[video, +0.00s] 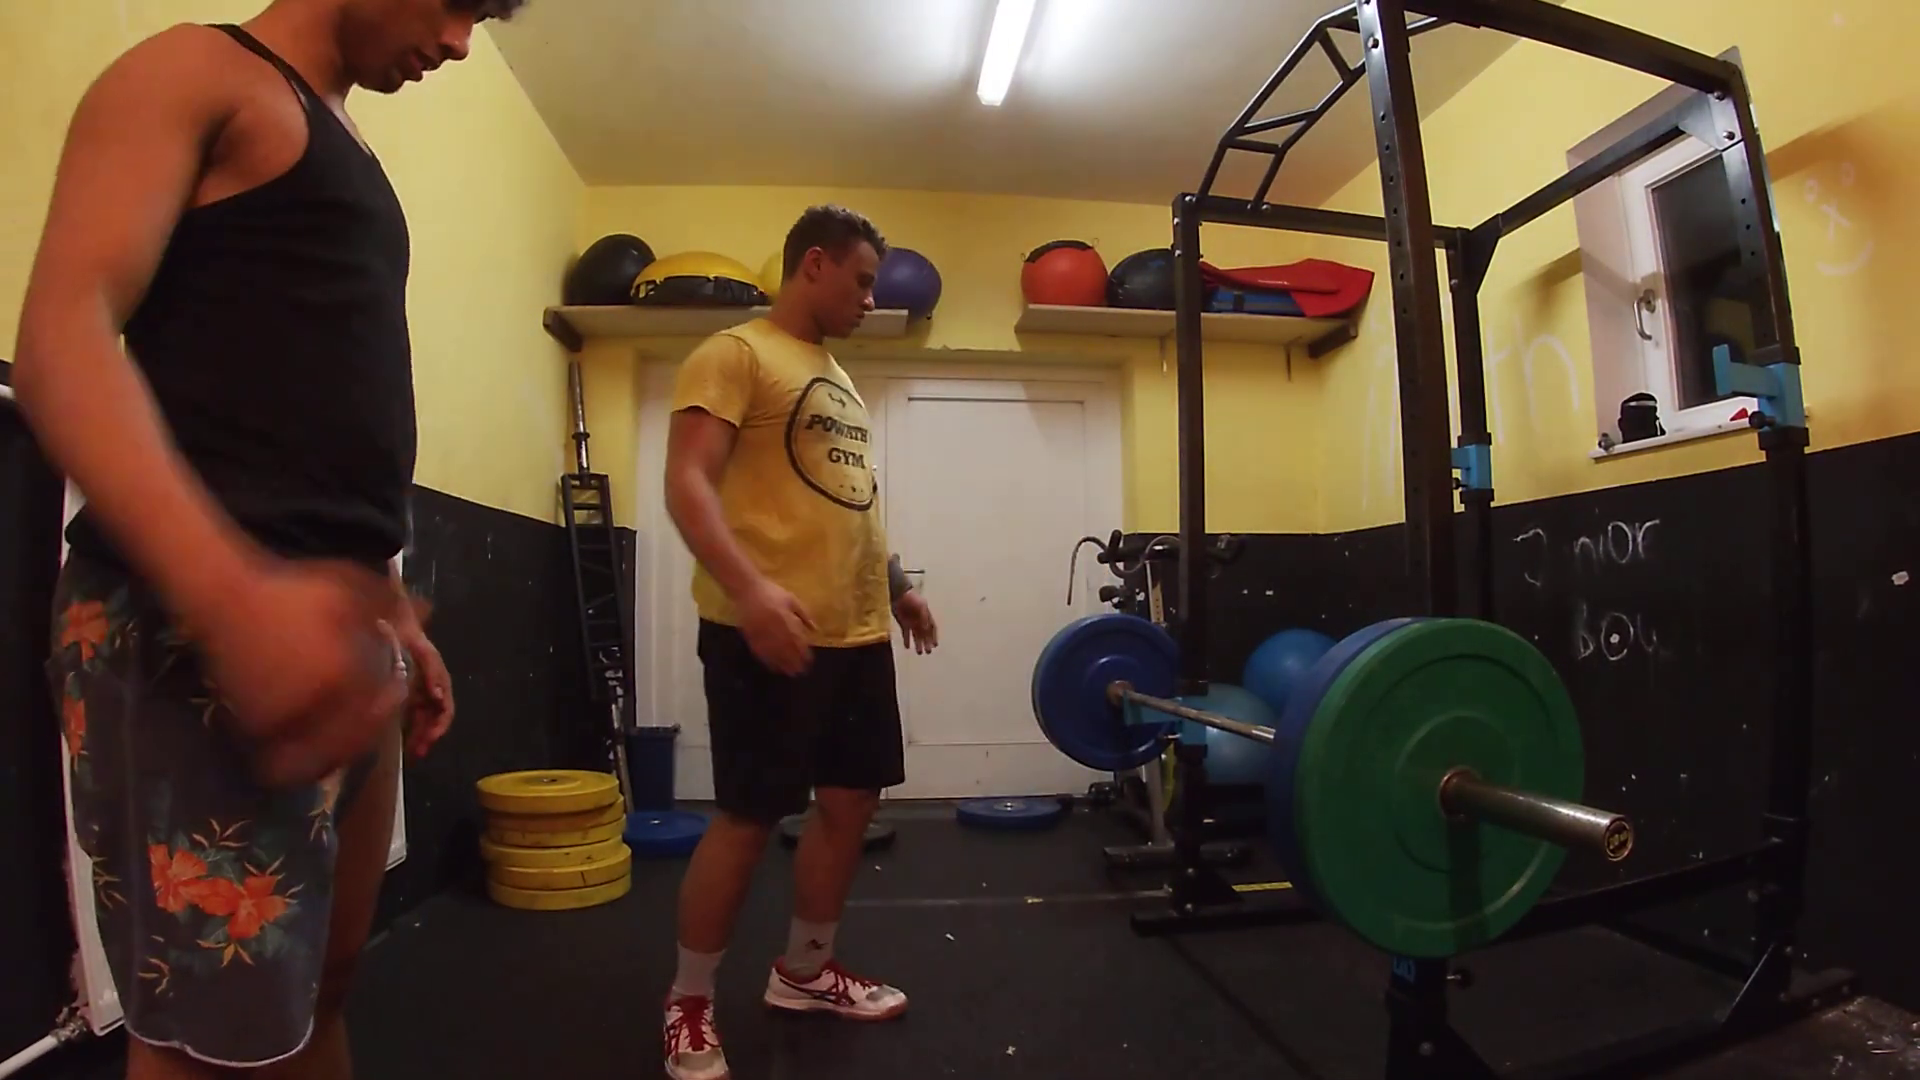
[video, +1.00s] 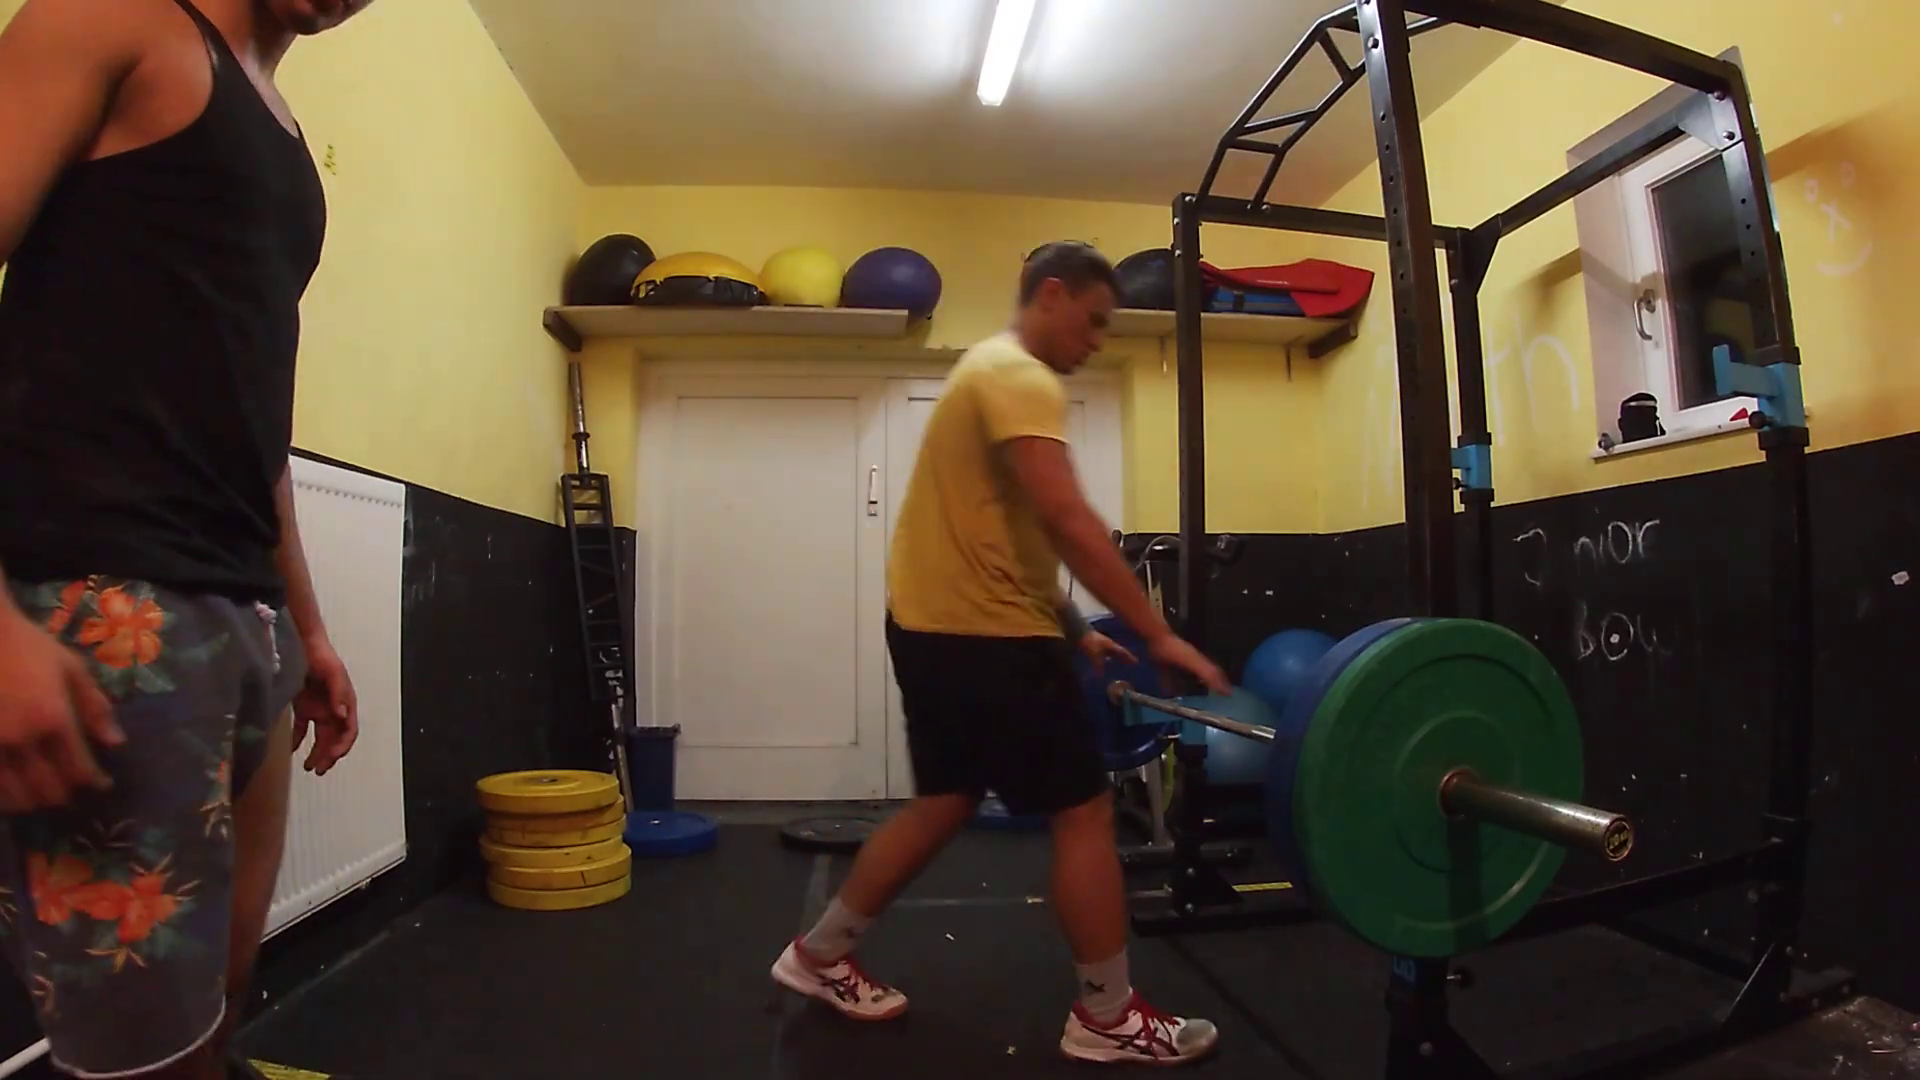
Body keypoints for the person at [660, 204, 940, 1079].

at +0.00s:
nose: (869, 300)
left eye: (873, 286)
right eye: (863, 281)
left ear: (827, 271)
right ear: (814, 264)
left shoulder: (833, 373)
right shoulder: (734, 353)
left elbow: (840, 502)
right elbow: (684, 481)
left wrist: (895, 588)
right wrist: (747, 587)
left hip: (853, 634)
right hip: (764, 632)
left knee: (850, 801)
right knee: (746, 816)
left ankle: (804, 970)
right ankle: (687, 1006)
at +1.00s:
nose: (1098, 341)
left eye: (1105, 326)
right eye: (1093, 321)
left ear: (1041, 301)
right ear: (1049, 296)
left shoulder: (987, 370)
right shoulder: (1018, 374)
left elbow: (1001, 535)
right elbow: (1067, 519)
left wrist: (1073, 626)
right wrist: (1163, 637)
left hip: (933, 622)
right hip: (996, 629)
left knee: (947, 798)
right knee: (1082, 808)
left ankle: (819, 950)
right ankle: (1108, 1012)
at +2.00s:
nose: (1298, 461)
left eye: (1309, 455)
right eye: (1309, 445)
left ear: (1278, 393)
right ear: (1293, 402)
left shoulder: (1185, 424)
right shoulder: (1240, 417)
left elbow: (1146, 562)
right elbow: (1262, 549)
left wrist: (1161, 675)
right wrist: (1282, 689)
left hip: (1026, 582)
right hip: (1078, 596)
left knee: (1080, 789)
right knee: (1126, 798)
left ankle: (1070, 964)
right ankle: (1111, 1012)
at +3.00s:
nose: (1335, 468)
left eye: (1347, 461)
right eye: (1348, 451)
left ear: (1322, 395)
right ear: (1337, 407)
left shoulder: (1229, 411)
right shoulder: (1287, 417)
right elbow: (1286, 547)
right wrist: (1278, 693)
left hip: (1079, 592)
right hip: (1135, 605)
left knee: (1151, 790)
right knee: (1201, 800)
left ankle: (1145, 957)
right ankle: (1187, 1006)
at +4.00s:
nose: (1345, 482)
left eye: (1357, 478)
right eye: (1359, 468)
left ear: (1342, 415)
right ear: (1349, 422)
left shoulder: (1241, 424)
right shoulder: (1295, 423)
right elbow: (1300, 548)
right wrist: (1291, 695)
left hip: (1084, 590)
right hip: (1139, 604)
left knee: (1154, 791)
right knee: (1204, 798)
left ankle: (1146, 958)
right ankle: (1188, 1006)